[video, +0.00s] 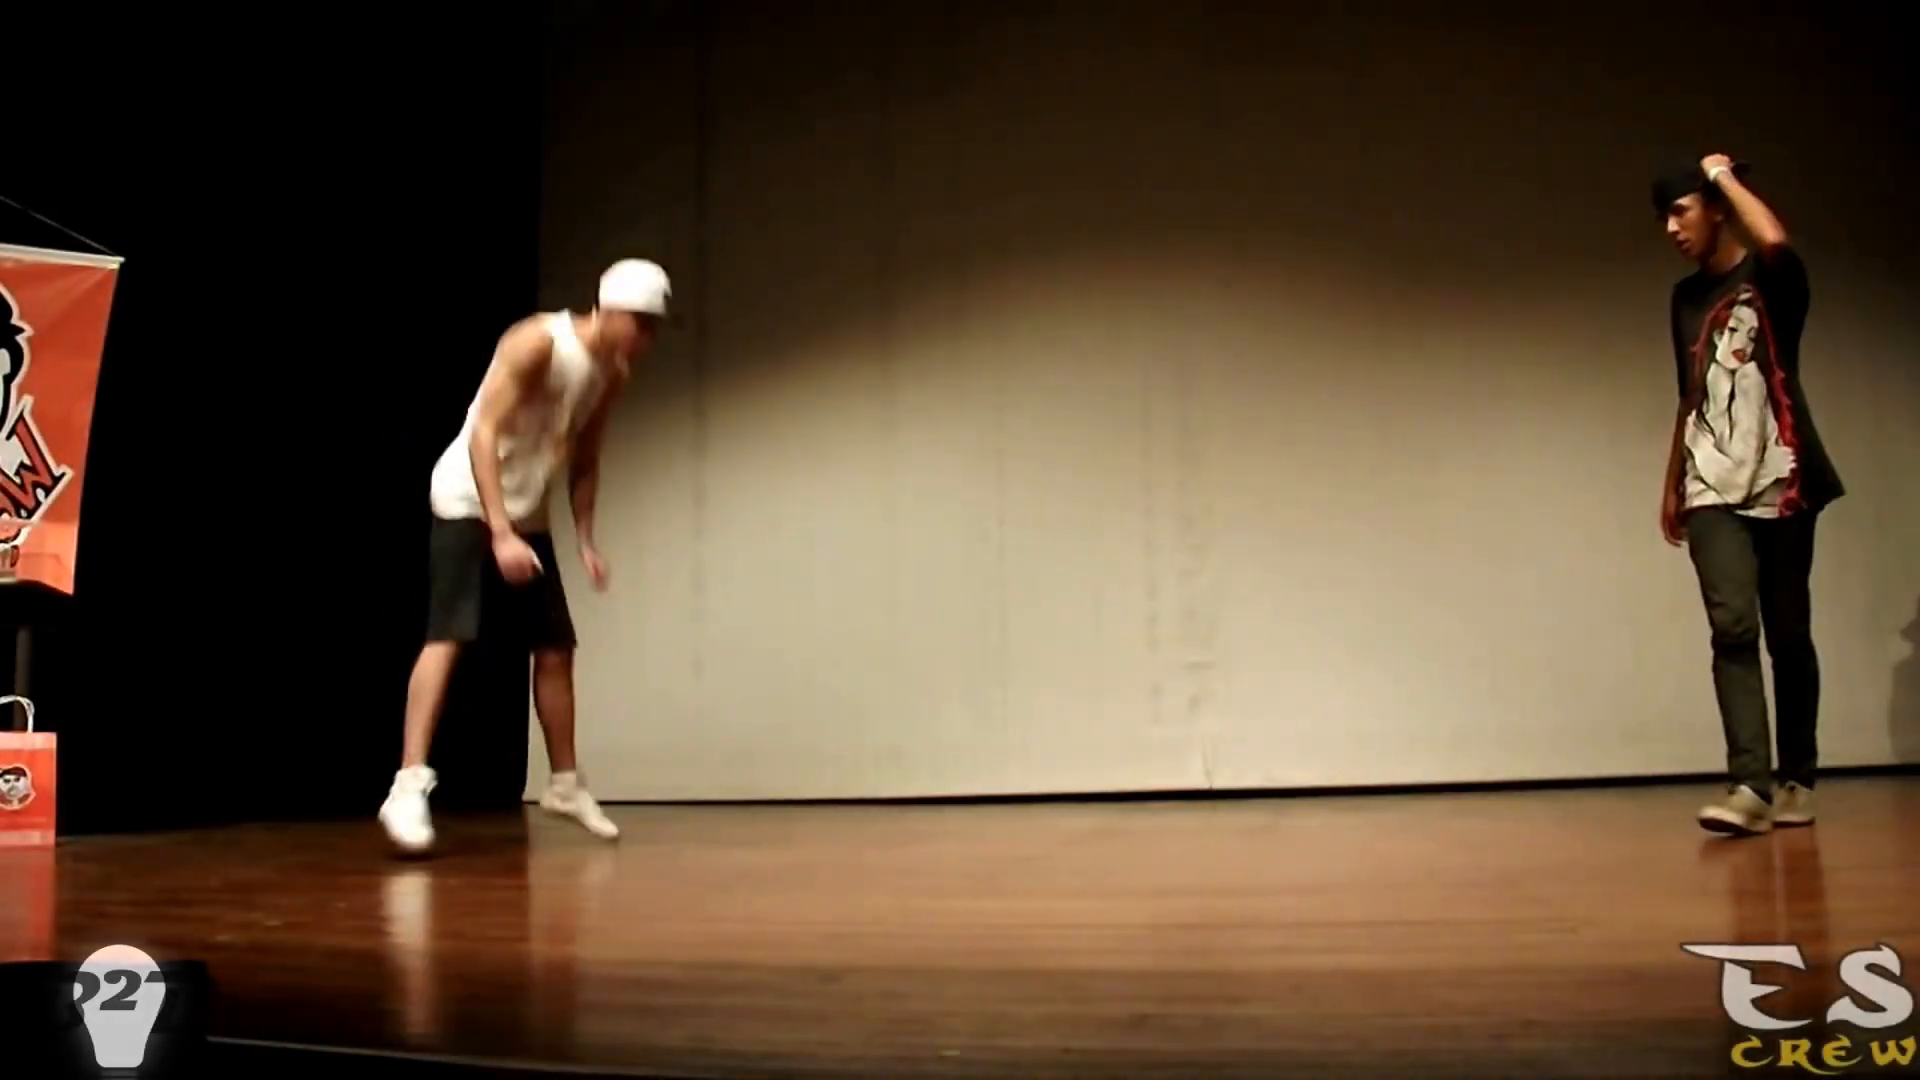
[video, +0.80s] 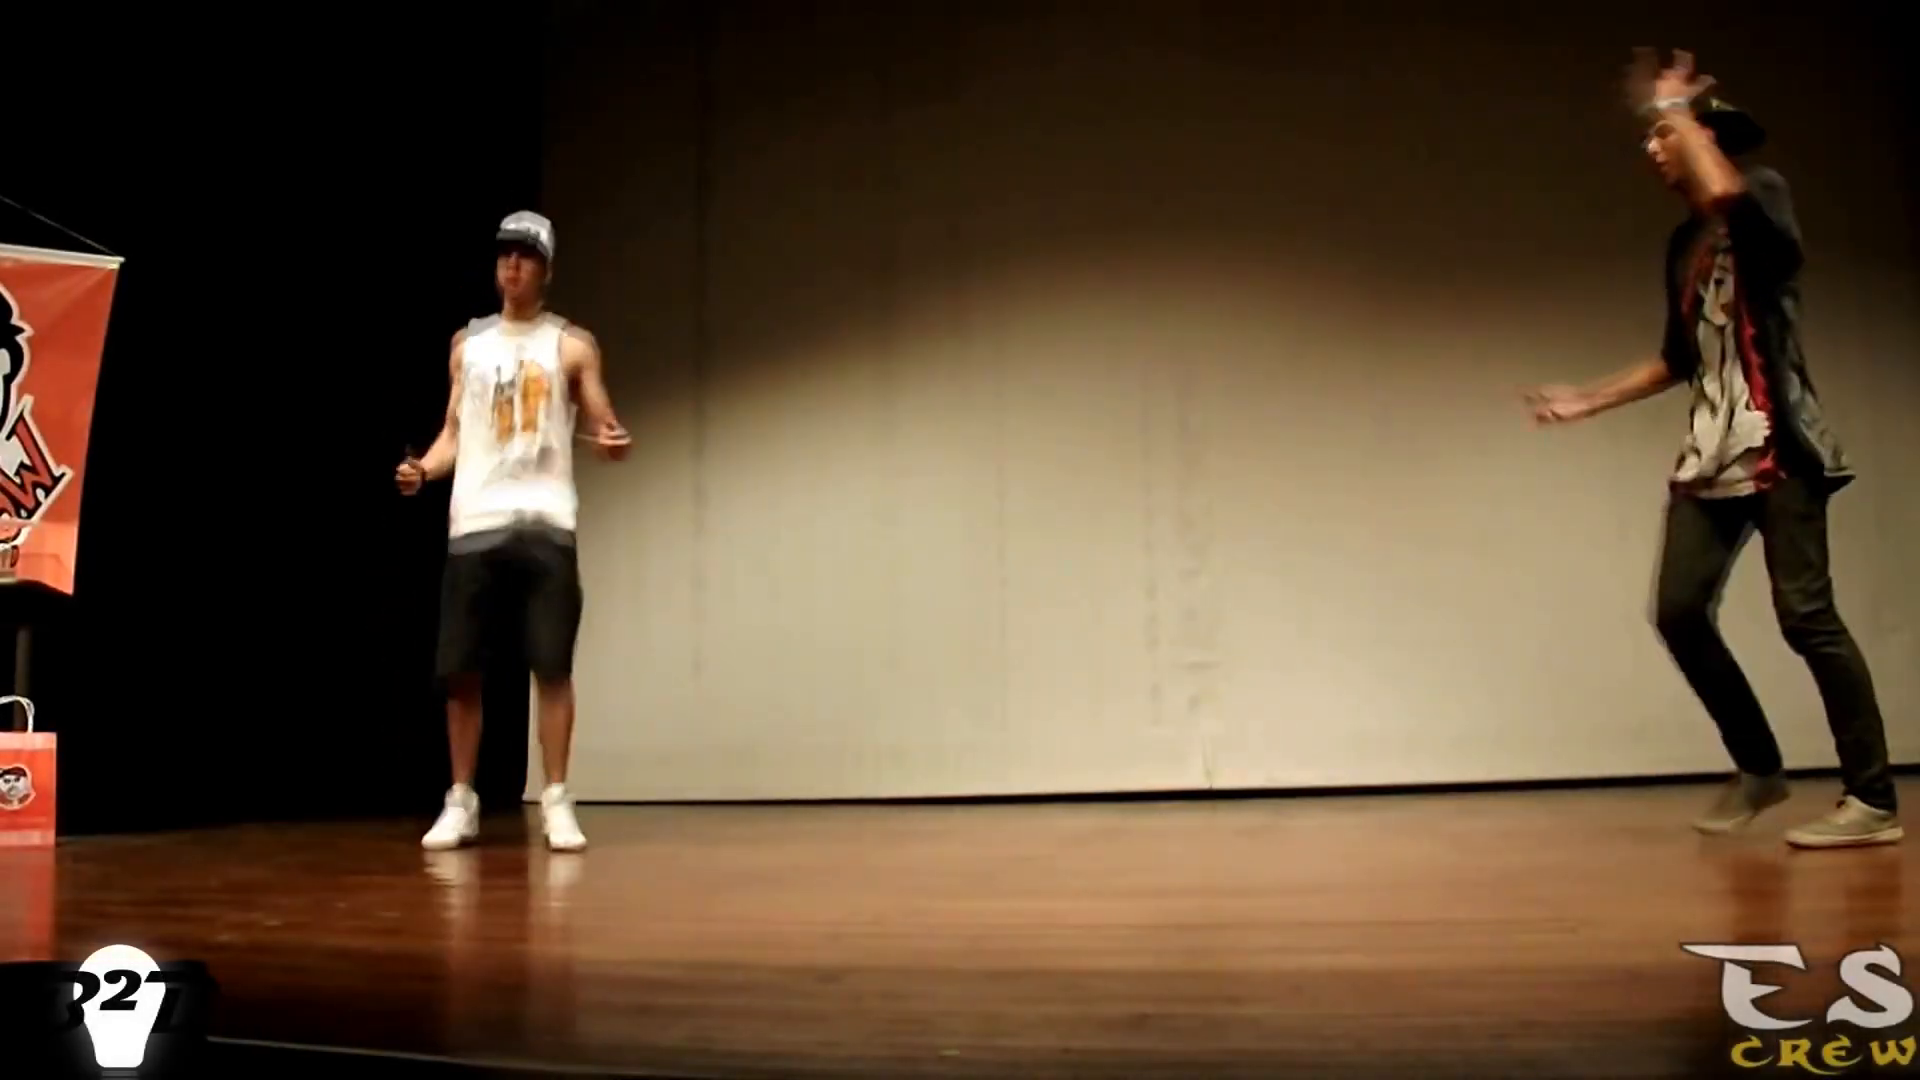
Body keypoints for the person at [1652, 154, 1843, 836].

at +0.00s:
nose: (1671, 230)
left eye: (1680, 215)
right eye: (1666, 218)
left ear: (1717, 210)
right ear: (1673, 225)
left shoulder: (1775, 279)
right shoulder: (1687, 295)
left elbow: (1775, 246)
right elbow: (1688, 402)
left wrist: (1728, 181)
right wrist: (1672, 486)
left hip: (1782, 483)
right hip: (1711, 486)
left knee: (1788, 636)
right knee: (1732, 629)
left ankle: (1797, 783)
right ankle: (1750, 785)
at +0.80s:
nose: (1653, 152)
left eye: (1664, 136)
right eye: (1649, 140)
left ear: (1707, 134)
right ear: (1658, 152)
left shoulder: (1765, 200)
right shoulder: (1683, 243)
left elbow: (1726, 192)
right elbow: (1677, 361)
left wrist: (1679, 112)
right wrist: (1585, 400)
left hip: (1782, 452)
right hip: (1710, 460)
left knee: (1808, 619)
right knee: (1679, 612)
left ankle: (1874, 798)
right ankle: (1761, 776)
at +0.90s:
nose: (1641, 140)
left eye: (1651, 126)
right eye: (1639, 132)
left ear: (1696, 132)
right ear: (1679, 139)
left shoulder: (1753, 190)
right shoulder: (1678, 231)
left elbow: (1691, 196)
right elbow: (1665, 347)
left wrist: (1601, 133)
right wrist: (1562, 371)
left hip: (1779, 441)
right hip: (1708, 444)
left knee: (1813, 616)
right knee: (1658, 600)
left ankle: (1874, 799)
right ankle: (1736, 775)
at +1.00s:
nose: (1619, 150)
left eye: (1630, 135)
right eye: (1619, 139)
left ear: (1674, 135)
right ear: (1662, 144)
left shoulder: (1731, 188)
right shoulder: (1666, 228)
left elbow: (1641, 208)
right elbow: (1640, 343)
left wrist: (1521, 184)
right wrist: (1533, 363)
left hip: (1769, 438)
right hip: (1701, 444)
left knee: (1809, 615)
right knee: (1647, 604)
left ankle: (1875, 801)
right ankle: (1682, 796)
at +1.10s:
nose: (1588, 158)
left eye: (1600, 143)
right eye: (1589, 146)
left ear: (1644, 143)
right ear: (1632, 152)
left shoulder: (1700, 193)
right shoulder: (1644, 238)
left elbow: (1603, 238)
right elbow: (1608, 343)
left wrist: (1473, 250)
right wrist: (1510, 368)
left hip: (1747, 447)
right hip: (1681, 454)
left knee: (1792, 619)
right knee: (1632, 610)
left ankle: (1872, 798)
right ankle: (1641, 805)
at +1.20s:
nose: (1545, 165)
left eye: (1558, 150)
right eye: (1546, 153)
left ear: (1602, 153)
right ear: (1589, 161)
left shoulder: (1661, 208)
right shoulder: (1614, 247)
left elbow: (1565, 276)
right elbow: (1573, 353)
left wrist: (1442, 301)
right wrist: (1479, 380)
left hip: (1717, 467)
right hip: (1650, 473)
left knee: (1757, 623)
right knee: (1609, 619)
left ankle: (1864, 788)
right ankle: (1637, 811)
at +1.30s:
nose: (1497, 187)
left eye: (1509, 171)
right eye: (1498, 173)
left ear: (1551, 171)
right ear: (1545, 177)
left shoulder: (1614, 219)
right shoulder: (1574, 264)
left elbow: (1528, 296)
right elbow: (1535, 369)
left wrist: (1402, 331)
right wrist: (1434, 397)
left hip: (1673, 468)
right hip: (1617, 474)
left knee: (1661, 622)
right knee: (1580, 627)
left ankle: (1819, 749)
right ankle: (1633, 810)